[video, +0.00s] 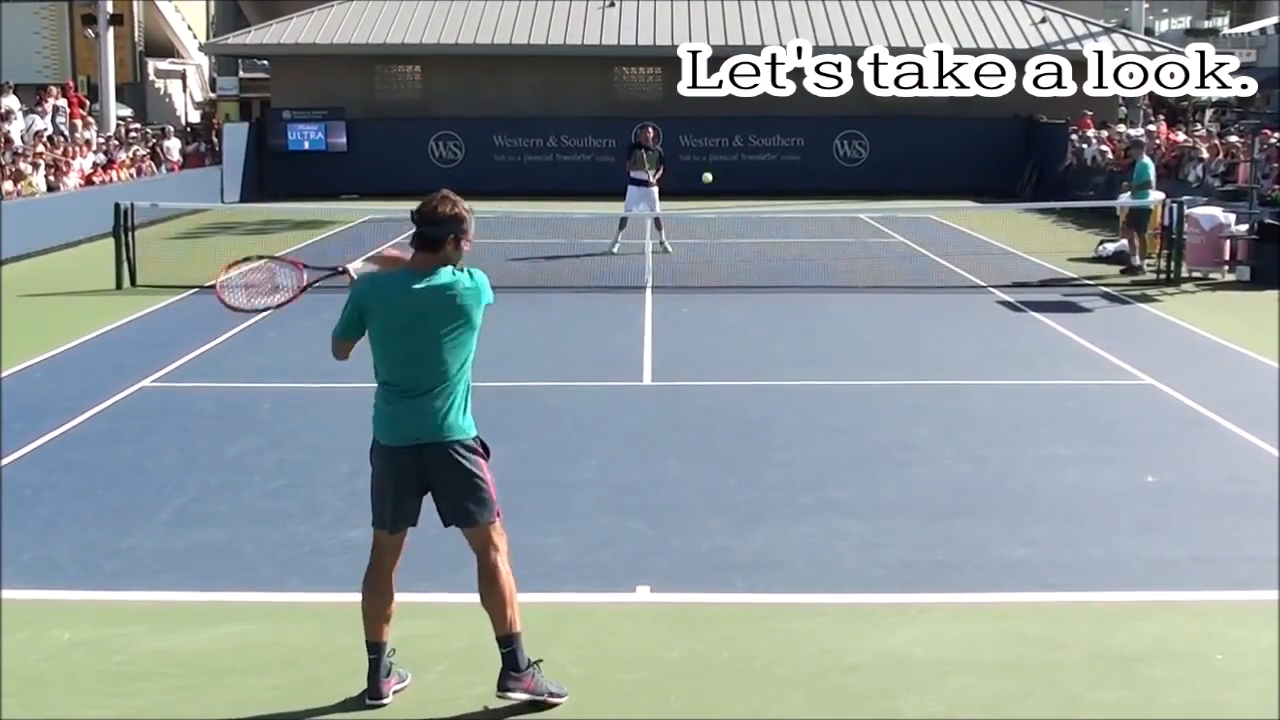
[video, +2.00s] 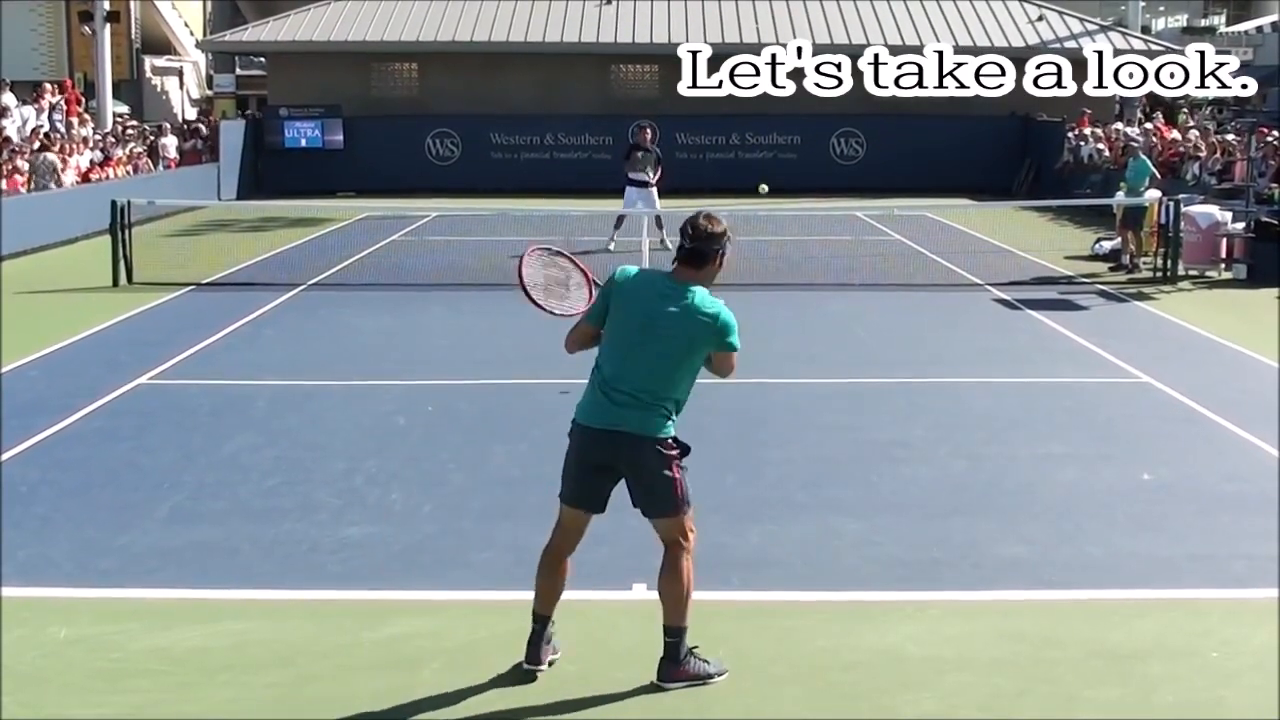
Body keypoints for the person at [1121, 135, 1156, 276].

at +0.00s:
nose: (1131, 153)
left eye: (1133, 149)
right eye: (1131, 150)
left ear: (1140, 149)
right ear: (1136, 150)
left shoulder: (1145, 164)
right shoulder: (1139, 163)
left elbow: (1149, 184)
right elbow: (1141, 182)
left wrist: (1132, 187)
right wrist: (1130, 186)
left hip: (1143, 204)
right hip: (1137, 203)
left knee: (1141, 233)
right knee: (1129, 231)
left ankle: (1140, 263)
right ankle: (1134, 262)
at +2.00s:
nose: (1128, 150)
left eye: (1130, 148)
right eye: (1128, 148)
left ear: (1137, 149)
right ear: (1129, 149)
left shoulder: (1144, 161)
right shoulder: (1130, 161)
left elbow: (1156, 177)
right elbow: (1130, 177)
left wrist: (1146, 189)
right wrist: (1126, 186)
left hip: (1139, 200)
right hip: (1128, 199)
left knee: (1136, 231)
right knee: (1123, 230)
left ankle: (1137, 262)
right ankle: (1124, 260)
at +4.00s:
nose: (1134, 153)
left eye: (1137, 150)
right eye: (1132, 150)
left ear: (1142, 150)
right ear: (1131, 151)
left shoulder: (1147, 163)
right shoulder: (1135, 164)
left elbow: (1158, 180)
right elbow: (1135, 181)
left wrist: (1147, 192)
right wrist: (1128, 189)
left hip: (1142, 204)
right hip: (1131, 203)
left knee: (1139, 234)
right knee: (1124, 232)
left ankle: (1138, 264)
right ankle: (1124, 262)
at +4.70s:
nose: (1131, 153)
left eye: (1134, 150)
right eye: (1131, 151)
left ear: (1141, 151)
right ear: (1132, 152)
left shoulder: (1147, 164)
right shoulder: (1135, 165)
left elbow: (1159, 180)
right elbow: (1136, 181)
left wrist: (1148, 192)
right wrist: (1129, 190)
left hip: (1142, 204)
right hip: (1132, 203)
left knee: (1140, 234)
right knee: (1124, 231)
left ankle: (1139, 264)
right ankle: (1125, 262)